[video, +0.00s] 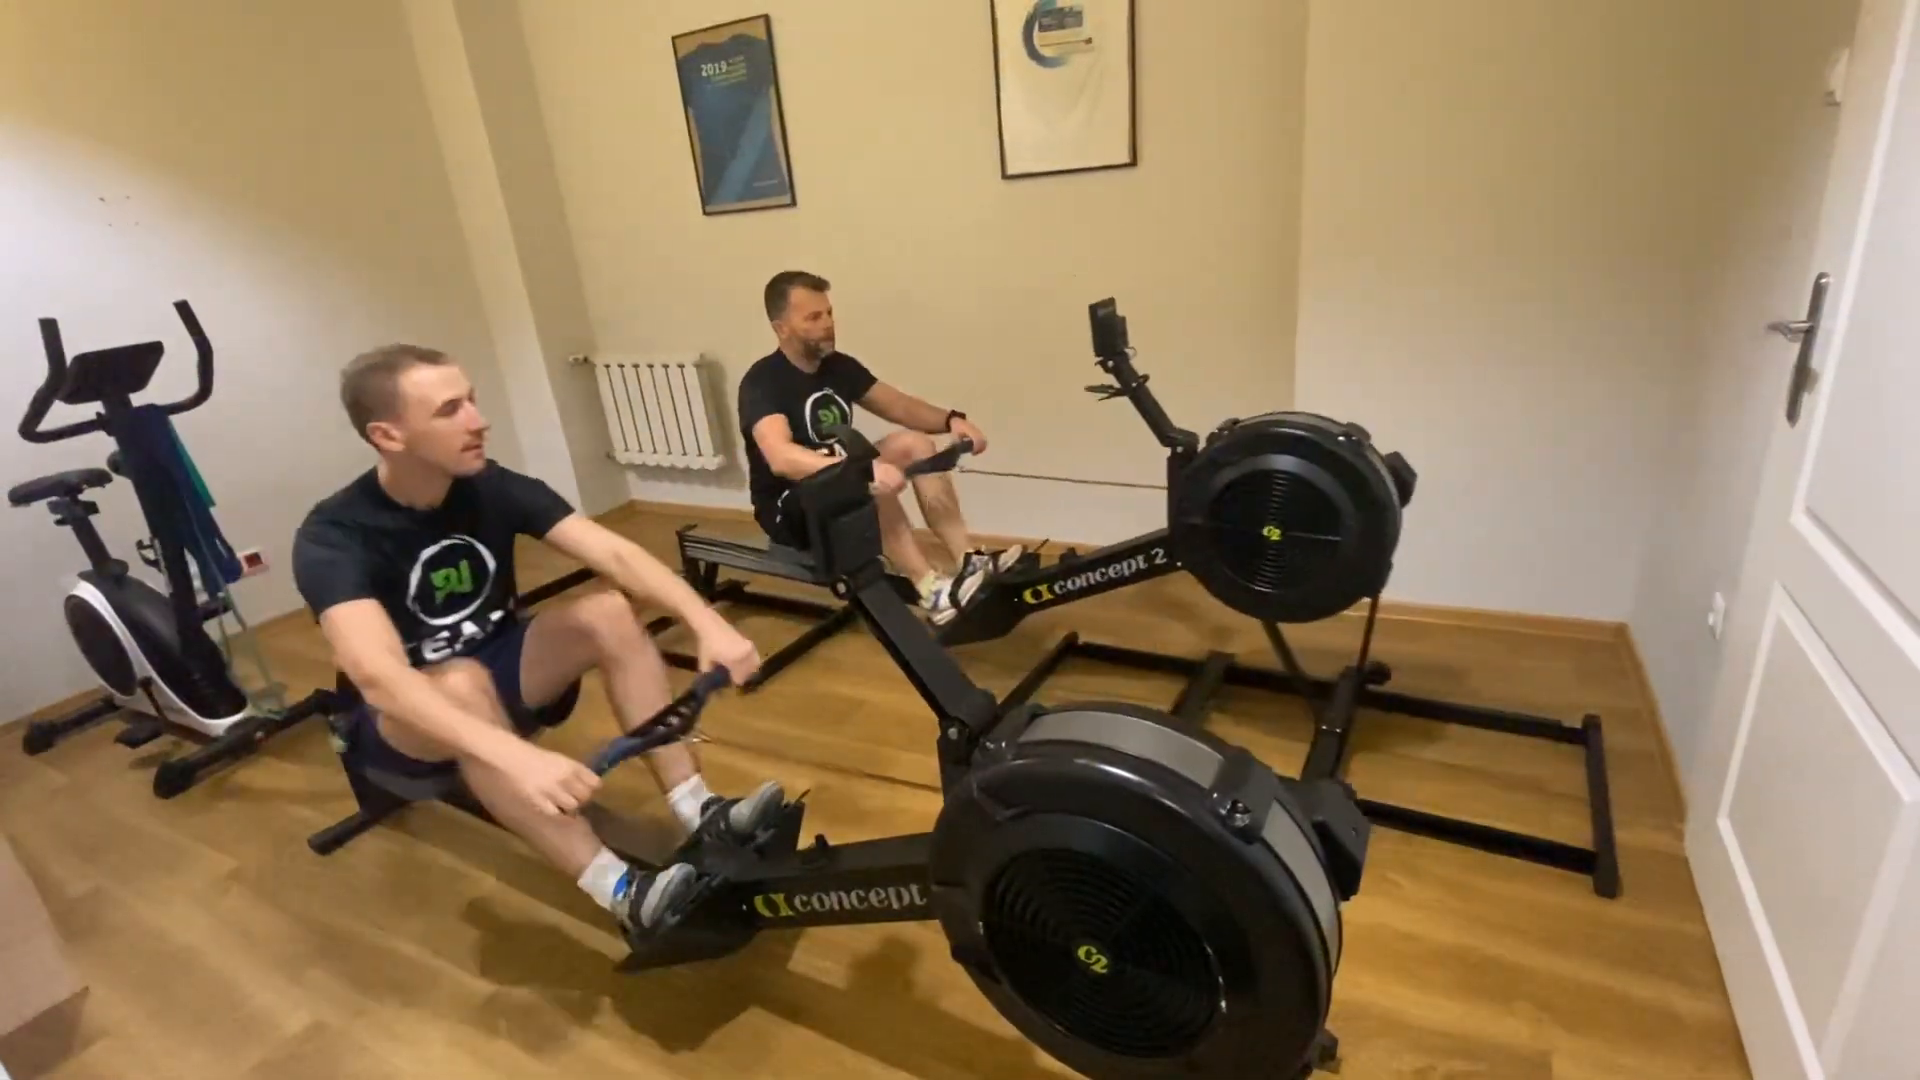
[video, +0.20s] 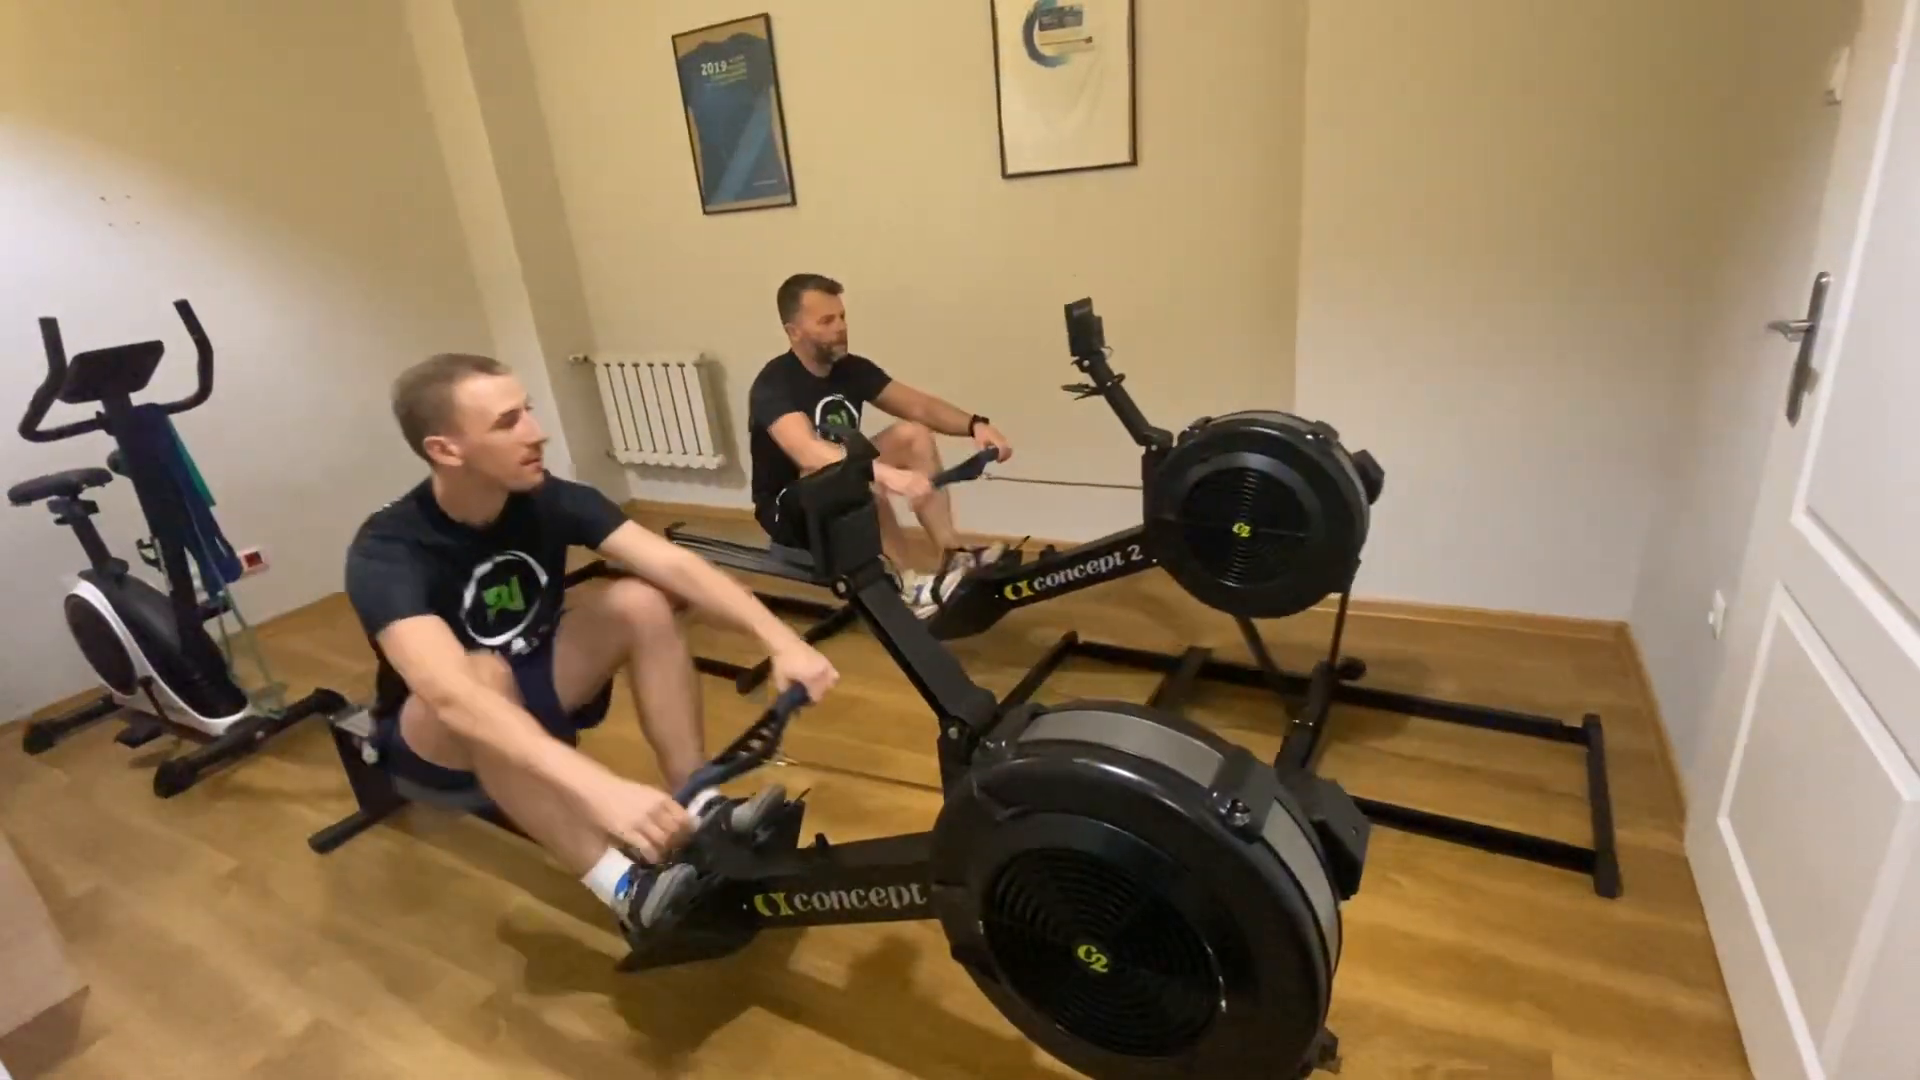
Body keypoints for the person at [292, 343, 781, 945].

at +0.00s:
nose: (478, 421)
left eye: (470, 401)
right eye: (450, 411)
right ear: (387, 437)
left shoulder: (492, 489)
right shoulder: (334, 539)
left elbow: (615, 553)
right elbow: (383, 679)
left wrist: (706, 622)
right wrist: (517, 758)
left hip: (498, 671)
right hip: (403, 714)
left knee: (609, 612)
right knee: (462, 680)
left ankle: (701, 815)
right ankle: (626, 892)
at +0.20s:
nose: (536, 431)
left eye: (528, 412)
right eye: (508, 422)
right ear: (445, 451)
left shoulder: (550, 500)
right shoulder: (387, 553)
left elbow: (673, 566)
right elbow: (456, 698)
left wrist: (780, 639)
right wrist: (602, 791)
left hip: (530, 683)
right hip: (431, 729)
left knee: (641, 604)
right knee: (482, 675)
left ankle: (701, 813)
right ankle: (631, 891)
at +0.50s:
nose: (613, 453)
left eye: (603, 433)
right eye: (585, 443)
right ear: (517, 475)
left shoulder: (623, 524)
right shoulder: (462, 585)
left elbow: (756, 589)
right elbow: (564, 720)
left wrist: (874, 659)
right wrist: (720, 823)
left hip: (583, 739)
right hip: (484, 784)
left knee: (666, 601)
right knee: (512, 693)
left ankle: (703, 806)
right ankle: (626, 884)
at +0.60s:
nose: (616, 455)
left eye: (607, 435)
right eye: (586, 445)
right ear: (520, 477)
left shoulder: (624, 527)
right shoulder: (466, 588)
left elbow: (760, 592)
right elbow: (574, 712)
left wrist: (876, 653)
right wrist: (729, 810)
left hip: (585, 746)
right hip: (482, 788)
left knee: (667, 601)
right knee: (516, 686)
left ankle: (708, 825)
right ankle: (627, 887)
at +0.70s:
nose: (593, 447)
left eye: (584, 427)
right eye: (563, 437)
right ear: (499, 468)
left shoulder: (604, 518)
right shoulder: (448, 578)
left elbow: (735, 578)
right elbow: (554, 692)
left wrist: (853, 636)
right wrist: (713, 793)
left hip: (569, 734)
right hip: (471, 777)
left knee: (656, 598)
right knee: (511, 683)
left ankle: (709, 833)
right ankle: (628, 887)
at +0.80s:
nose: (546, 430)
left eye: (539, 410)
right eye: (516, 421)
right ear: (453, 449)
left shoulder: (562, 501)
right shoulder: (408, 563)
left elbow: (682, 556)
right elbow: (510, 666)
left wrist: (806, 613)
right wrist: (649, 755)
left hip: (548, 715)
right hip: (448, 758)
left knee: (639, 600)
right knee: (492, 679)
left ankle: (711, 815)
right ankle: (626, 887)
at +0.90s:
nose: (481, 417)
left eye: (478, 395)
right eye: (452, 405)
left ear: (486, 392)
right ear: (393, 430)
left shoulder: (510, 488)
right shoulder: (354, 548)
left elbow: (627, 541)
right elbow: (453, 639)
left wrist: (745, 593)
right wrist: (571, 712)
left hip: (514, 666)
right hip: (412, 717)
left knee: (616, 604)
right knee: (486, 686)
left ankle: (708, 815)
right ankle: (627, 890)